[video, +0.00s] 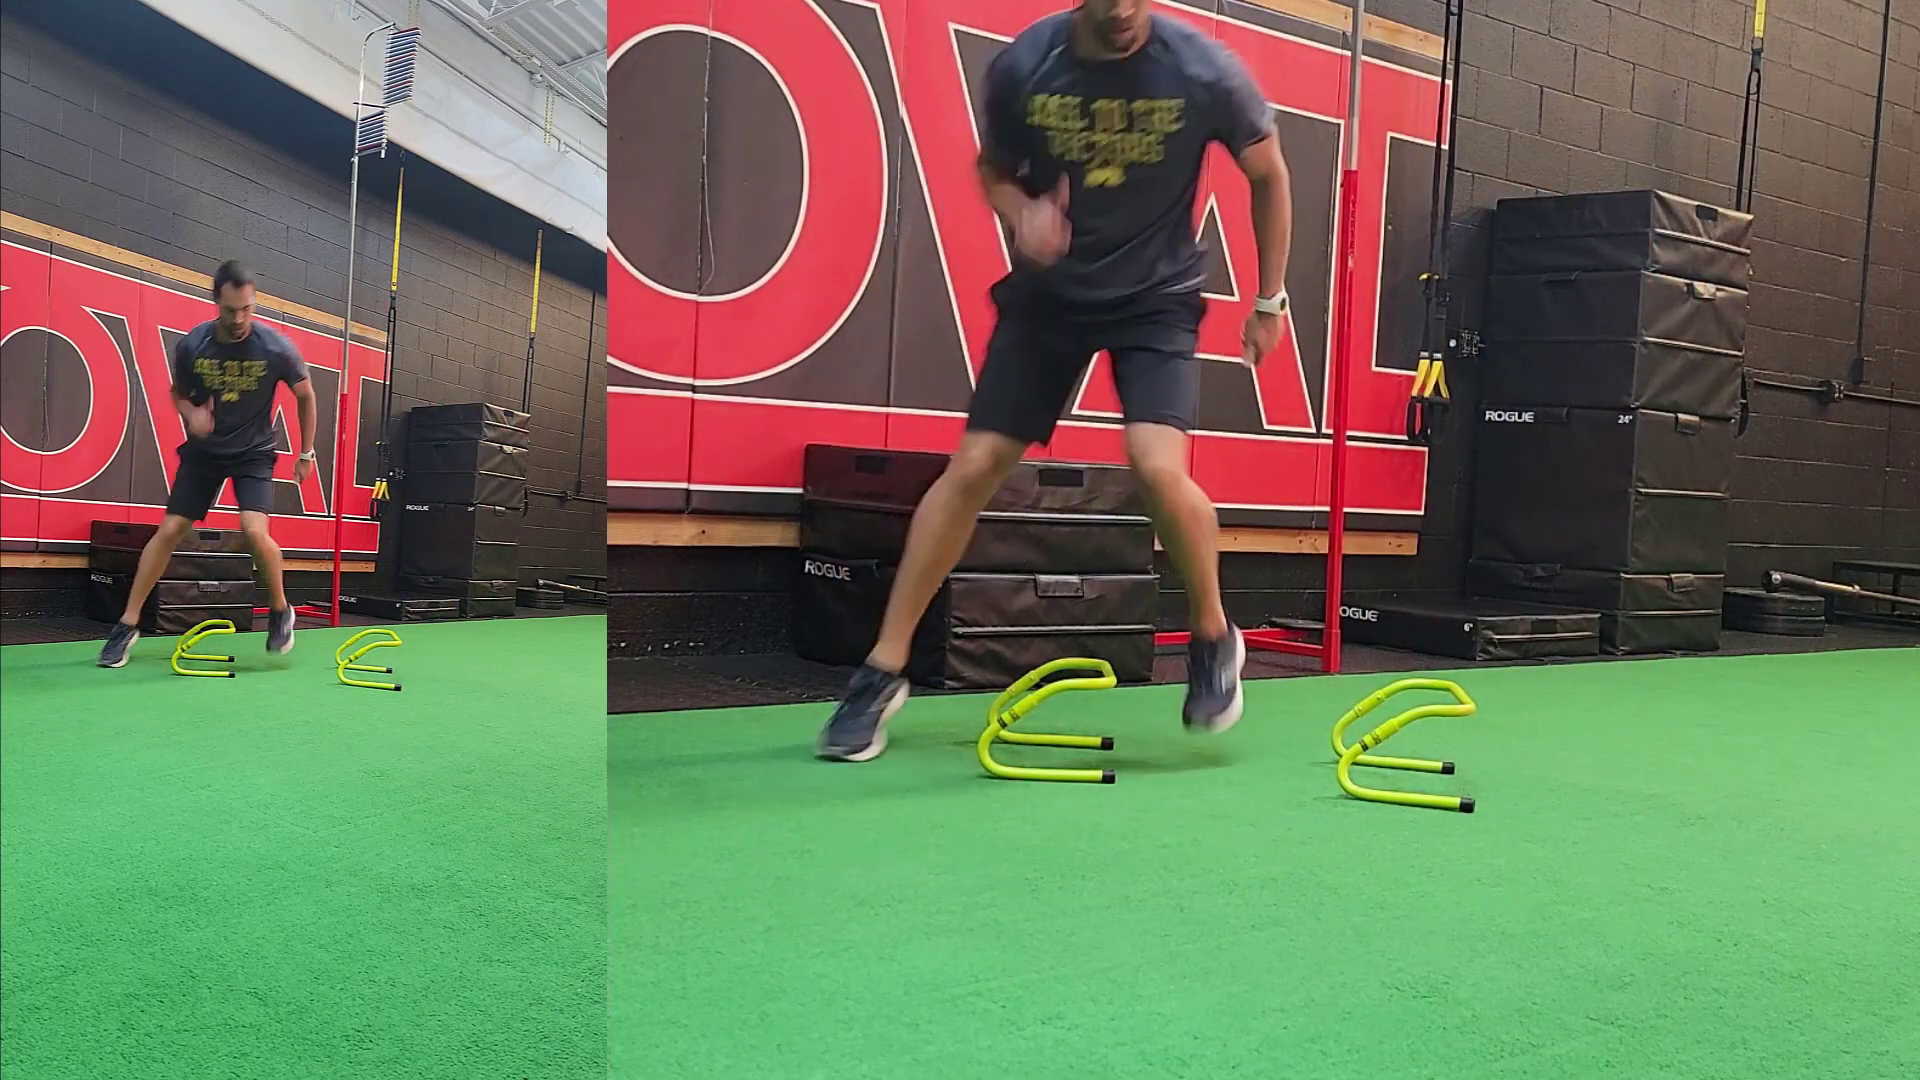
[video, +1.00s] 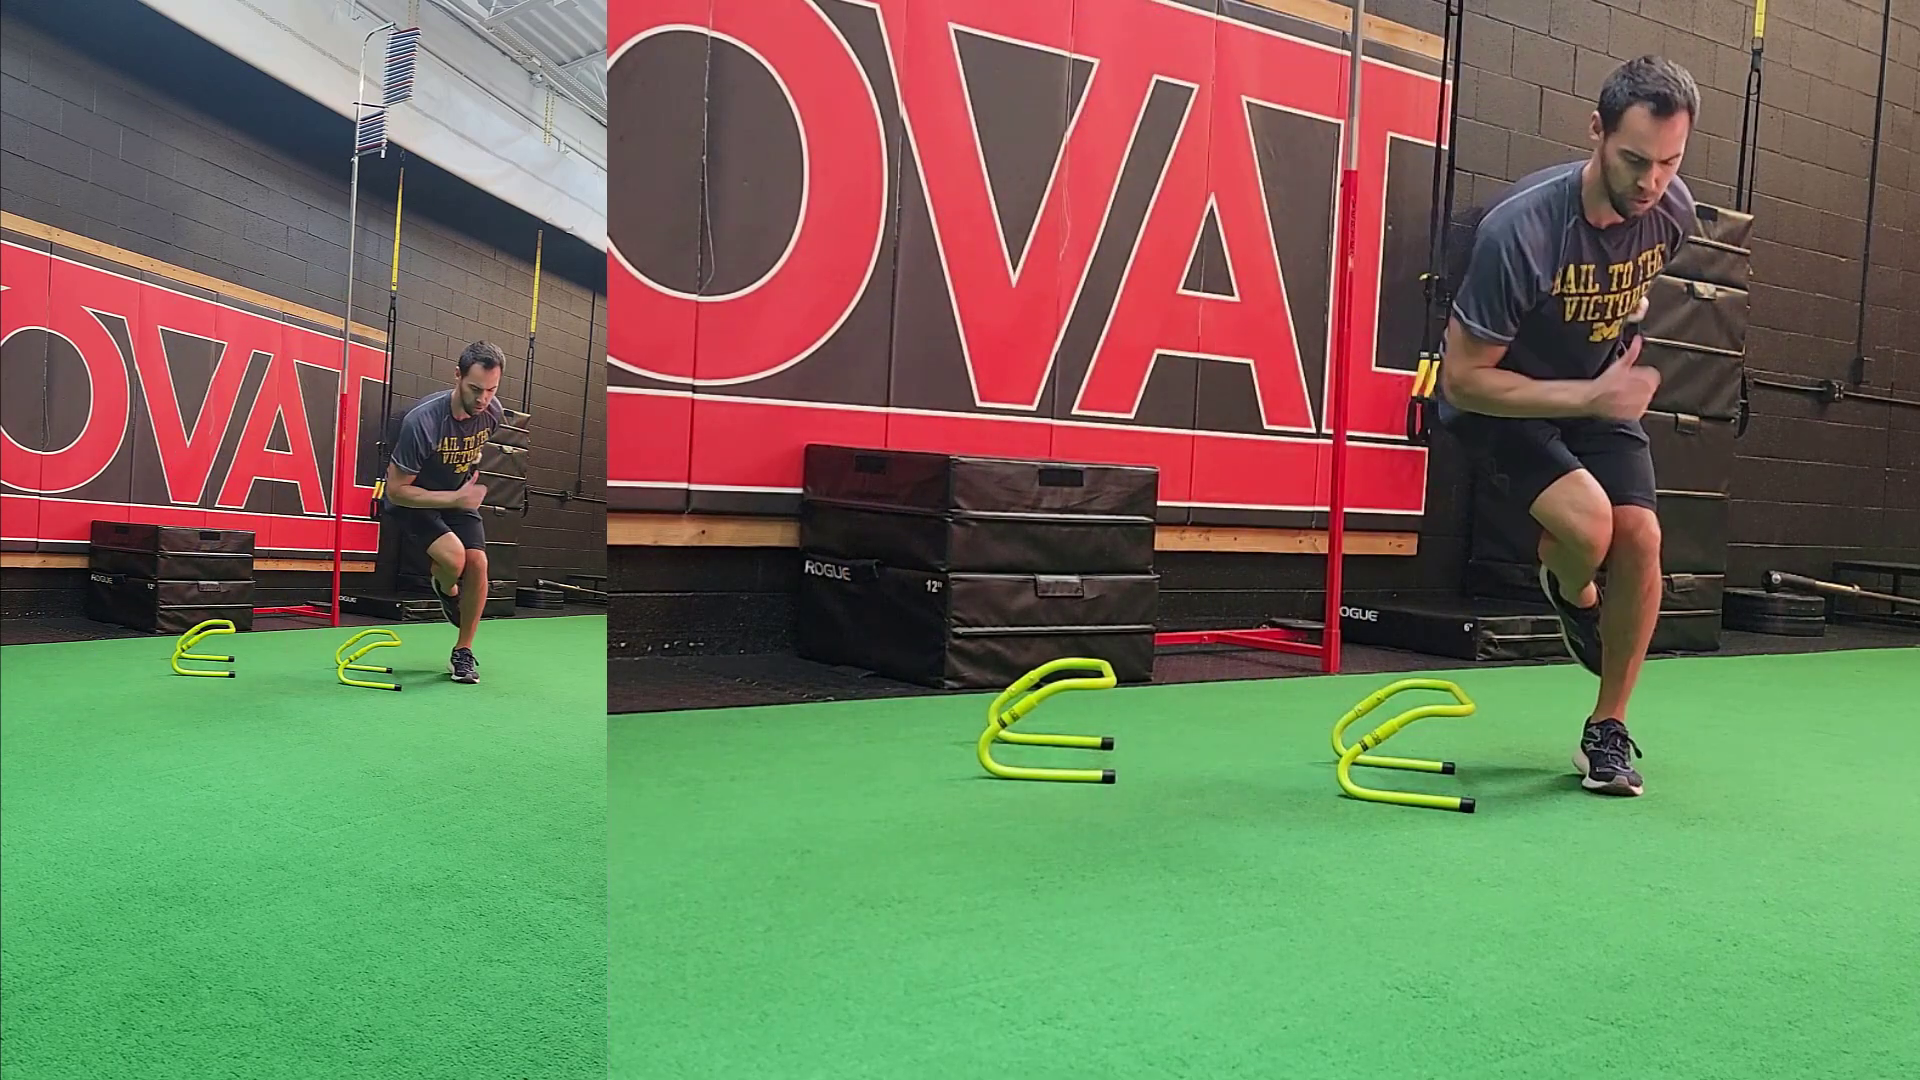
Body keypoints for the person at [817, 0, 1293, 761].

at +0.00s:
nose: (1125, 16)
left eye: (1137, 2)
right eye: (1108, 4)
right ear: (1080, 3)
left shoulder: (1207, 71)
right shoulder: (1021, 67)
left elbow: (1270, 177)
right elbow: (994, 172)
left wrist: (1271, 296)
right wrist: (1022, 213)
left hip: (1154, 296)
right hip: (1045, 296)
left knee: (1158, 469)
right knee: (973, 466)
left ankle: (1213, 636)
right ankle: (884, 666)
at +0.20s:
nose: (1265, 5)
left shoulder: (1328, 64)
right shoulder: (1147, 51)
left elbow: (1353, 196)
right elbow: (1089, 146)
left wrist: (1301, 201)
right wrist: (1046, 250)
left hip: (1273, 295)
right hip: (1173, 270)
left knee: (1251, 491)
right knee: (1193, 381)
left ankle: (1222, 694)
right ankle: (1176, 512)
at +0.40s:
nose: (1386, 13)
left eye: (1397, 2)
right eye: (1371, 1)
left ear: (1407, 1)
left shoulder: (1434, 73)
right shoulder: (1260, 83)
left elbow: (1443, 179)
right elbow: (1205, 217)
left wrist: (1455, 281)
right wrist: (1176, 341)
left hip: (1390, 312)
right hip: (1280, 325)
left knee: (1464, 446)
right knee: (1284, 514)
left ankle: (1417, 525)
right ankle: (1241, 715)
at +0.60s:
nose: (1515, 59)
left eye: (1530, 40)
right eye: (1497, 37)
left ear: (1543, 28)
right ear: (1453, 20)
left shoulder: (1553, 96)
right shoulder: (1387, 116)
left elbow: (1551, 191)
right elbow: (1344, 264)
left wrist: (1535, 283)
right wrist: (1421, 342)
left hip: (1504, 310)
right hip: (1402, 311)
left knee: (1545, 499)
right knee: (1427, 461)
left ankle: (1595, 709)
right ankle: (1333, 566)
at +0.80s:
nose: (1626, 169)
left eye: (1641, 151)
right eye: (1609, 148)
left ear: (1653, 136)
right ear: (1565, 122)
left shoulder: (1644, 195)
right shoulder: (1491, 220)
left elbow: (1607, 281)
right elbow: (1488, 381)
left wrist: (1636, 306)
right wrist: (1608, 333)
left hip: (1576, 385)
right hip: (1472, 393)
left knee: (1620, 535)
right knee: (1546, 520)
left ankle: (1603, 725)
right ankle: (1524, 557)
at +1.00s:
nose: (1652, 182)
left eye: (1669, 164)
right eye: (1636, 160)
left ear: (1685, 149)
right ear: (1596, 135)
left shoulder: (1672, 211)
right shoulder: (1517, 230)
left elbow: (1618, 284)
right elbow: (1463, 380)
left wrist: (1619, 345)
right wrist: (1591, 397)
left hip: (1594, 392)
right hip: (1498, 397)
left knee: (1640, 537)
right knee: (1590, 522)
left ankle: (1609, 726)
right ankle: (1570, 592)